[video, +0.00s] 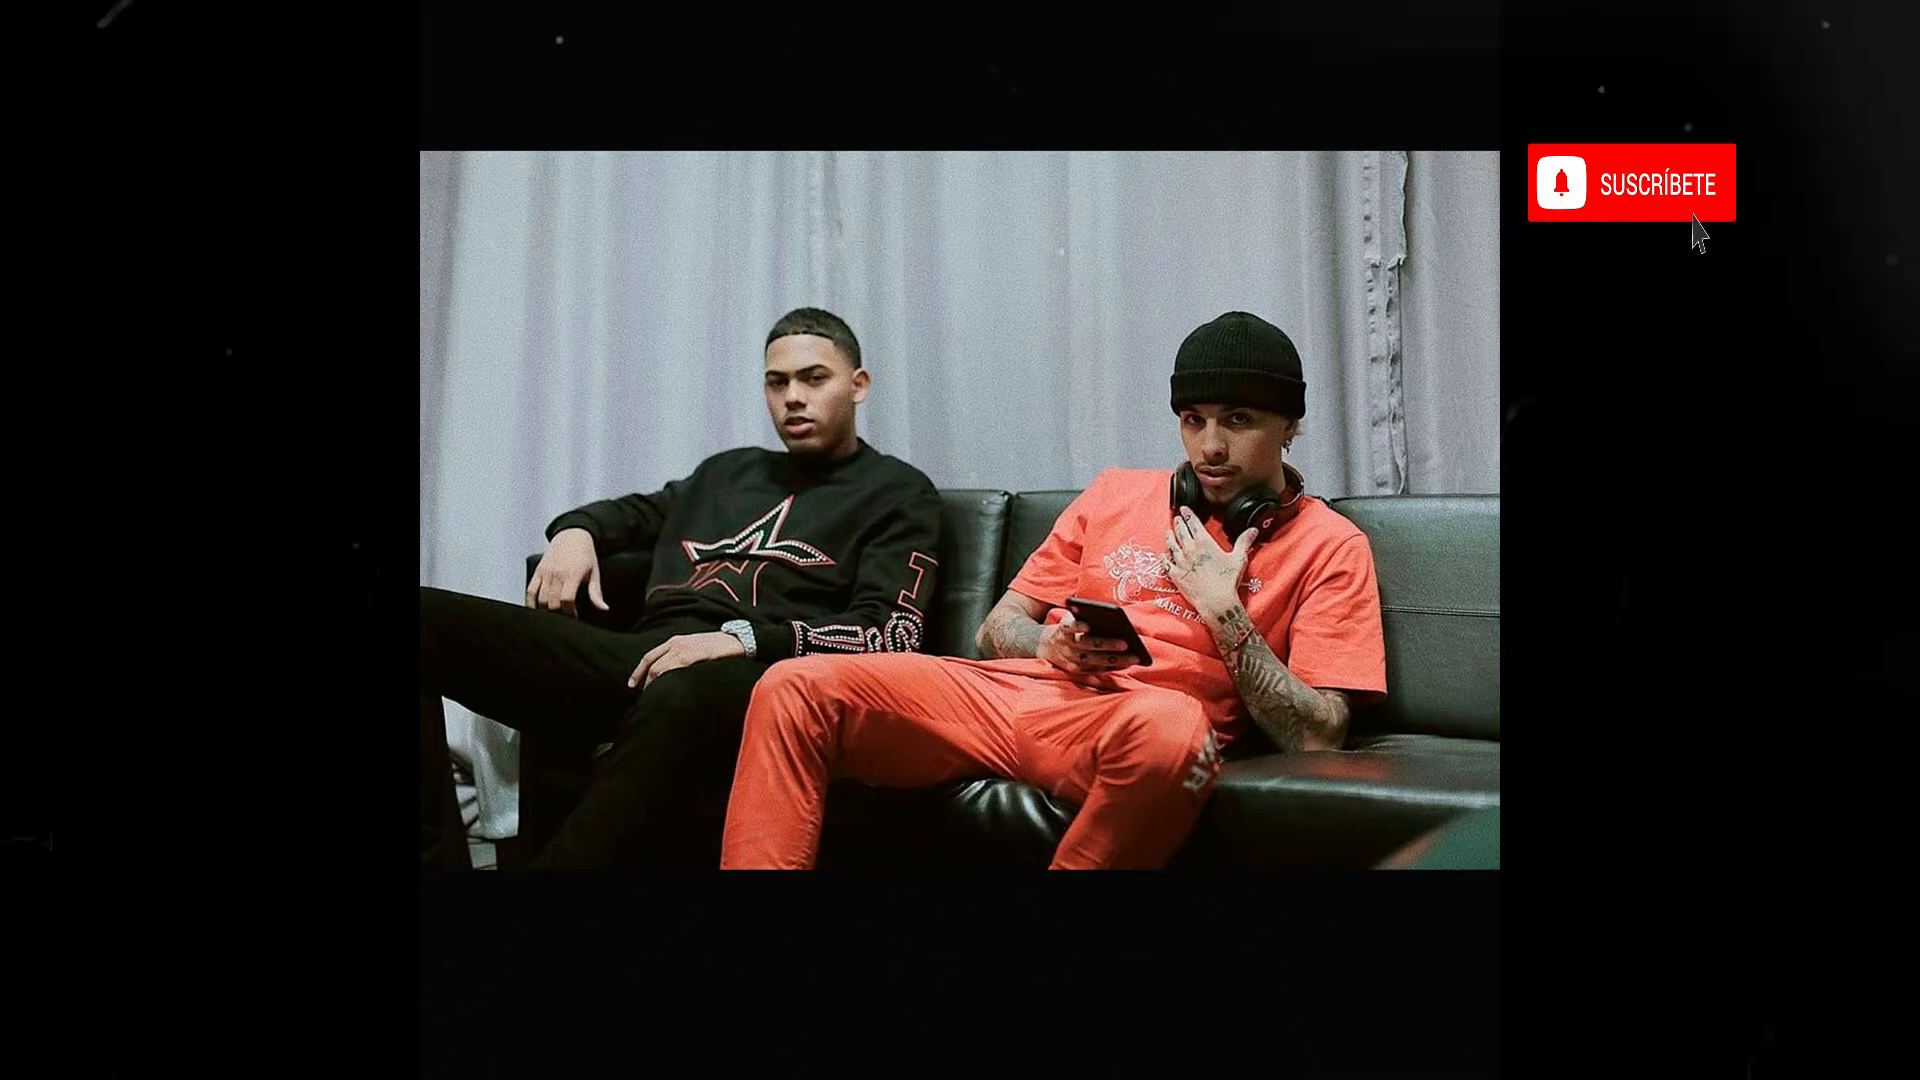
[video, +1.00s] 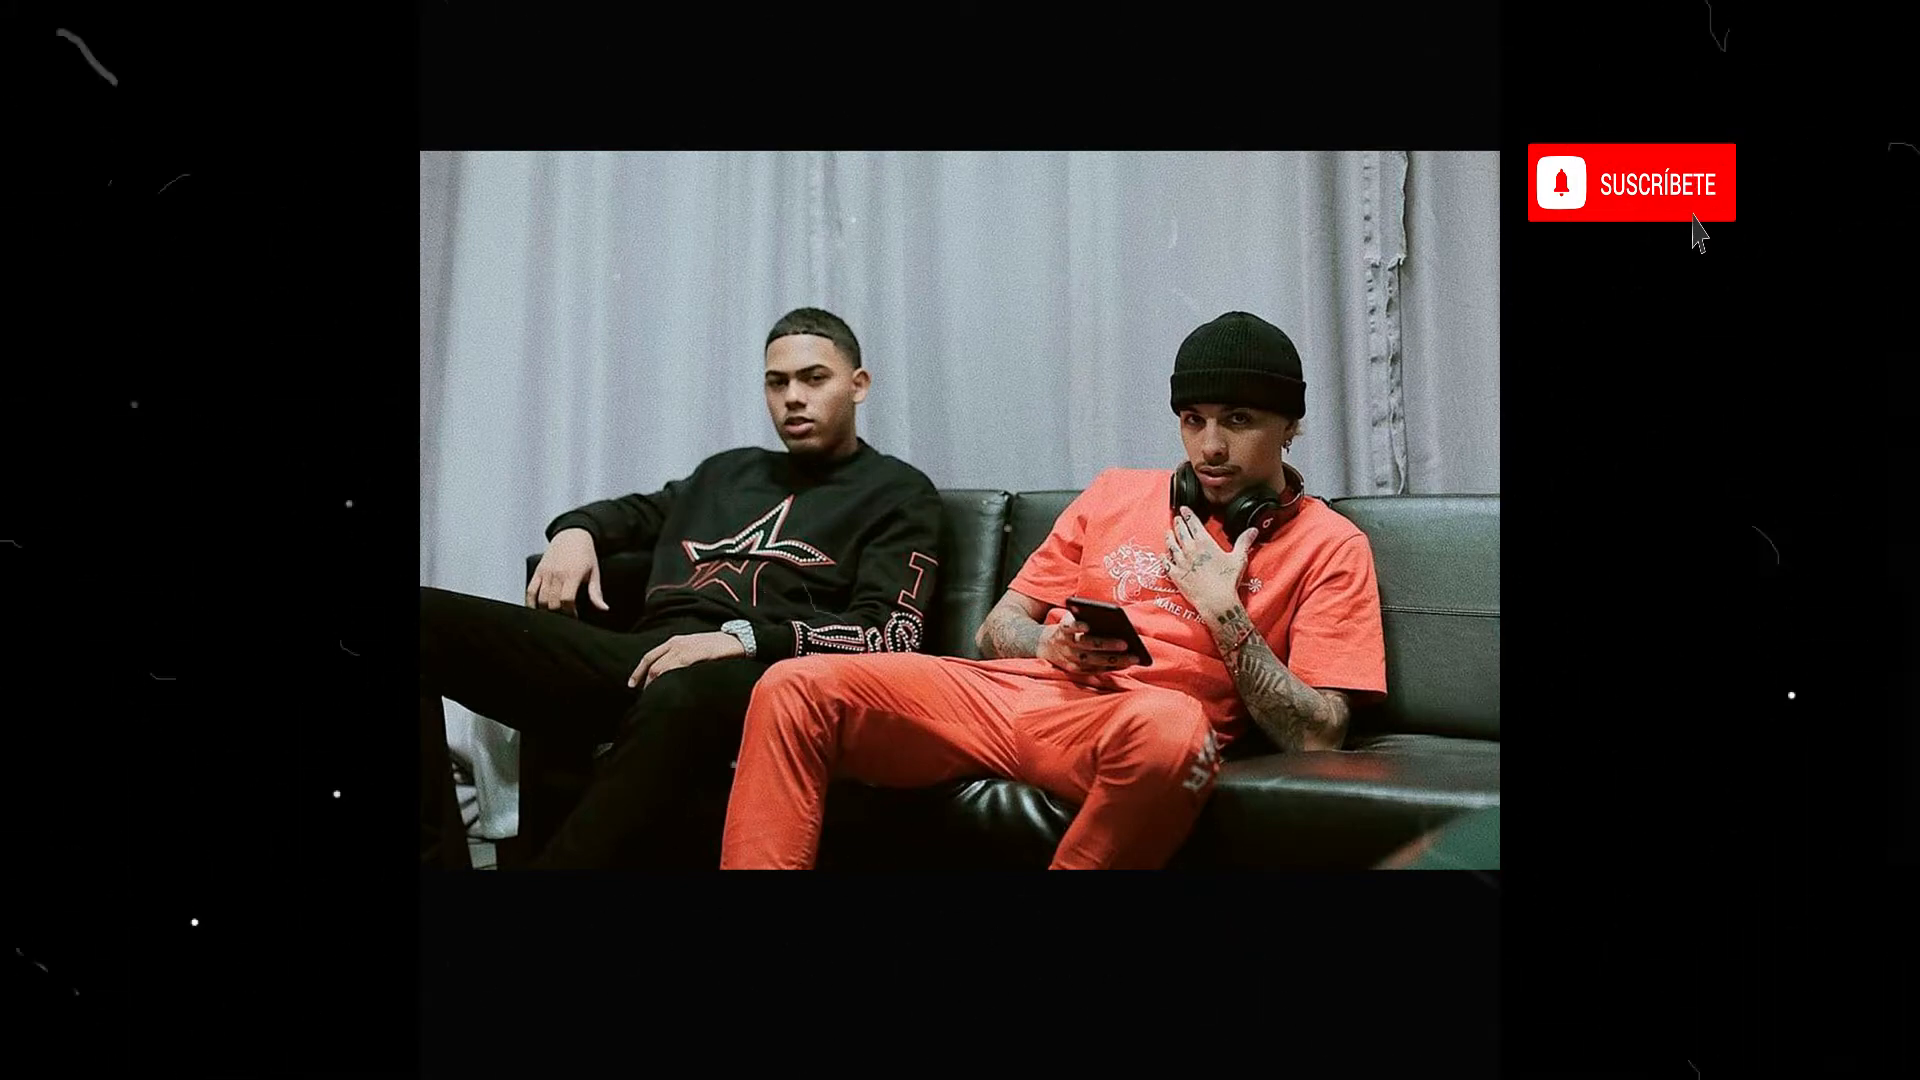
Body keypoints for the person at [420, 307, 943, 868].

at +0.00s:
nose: (793, 399)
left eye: (813, 379)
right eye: (779, 382)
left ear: (859, 385)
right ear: (765, 391)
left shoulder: (899, 494)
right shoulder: (728, 472)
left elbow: (892, 634)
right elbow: (641, 515)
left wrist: (743, 638)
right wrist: (575, 530)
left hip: (769, 681)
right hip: (637, 653)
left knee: (683, 699)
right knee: (424, 617)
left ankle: (561, 872)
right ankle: (441, 857)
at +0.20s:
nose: (793, 399)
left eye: (813, 379)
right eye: (779, 382)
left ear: (859, 385)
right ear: (765, 391)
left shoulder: (899, 493)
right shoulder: (728, 472)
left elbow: (892, 635)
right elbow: (640, 515)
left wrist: (745, 638)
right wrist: (575, 530)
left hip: (770, 680)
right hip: (637, 653)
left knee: (683, 699)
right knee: (426, 617)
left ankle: (560, 871)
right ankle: (441, 857)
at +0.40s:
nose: (793, 399)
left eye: (813, 378)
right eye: (779, 382)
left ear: (859, 385)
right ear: (765, 391)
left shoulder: (900, 494)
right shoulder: (728, 472)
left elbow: (893, 636)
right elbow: (640, 515)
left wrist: (744, 638)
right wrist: (575, 530)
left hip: (772, 681)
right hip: (640, 654)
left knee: (681, 700)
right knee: (430, 618)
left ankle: (561, 872)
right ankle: (441, 858)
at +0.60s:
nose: (793, 399)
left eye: (813, 379)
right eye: (779, 382)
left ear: (859, 385)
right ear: (765, 391)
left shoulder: (899, 493)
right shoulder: (728, 472)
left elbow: (892, 635)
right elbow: (640, 515)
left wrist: (745, 638)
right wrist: (575, 530)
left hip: (771, 680)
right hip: (638, 653)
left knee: (681, 699)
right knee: (426, 617)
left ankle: (562, 871)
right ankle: (441, 856)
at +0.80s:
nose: (793, 399)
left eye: (813, 379)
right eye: (779, 382)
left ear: (859, 385)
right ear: (765, 391)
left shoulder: (899, 493)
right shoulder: (728, 472)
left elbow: (892, 634)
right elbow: (640, 515)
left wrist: (745, 638)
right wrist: (575, 530)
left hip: (771, 681)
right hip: (638, 654)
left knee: (683, 699)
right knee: (426, 617)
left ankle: (562, 871)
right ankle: (440, 856)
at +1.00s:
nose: (793, 399)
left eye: (814, 378)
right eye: (779, 382)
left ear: (859, 385)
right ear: (765, 390)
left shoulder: (899, 494)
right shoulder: (728, 471)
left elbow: (893, 635)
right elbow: (642, 515)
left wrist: (742, 639)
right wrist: (575, 530)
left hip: (770, 681)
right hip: (637, 653)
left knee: (682, 701)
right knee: (424, 617)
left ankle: (562, 871)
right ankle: (441, 856)